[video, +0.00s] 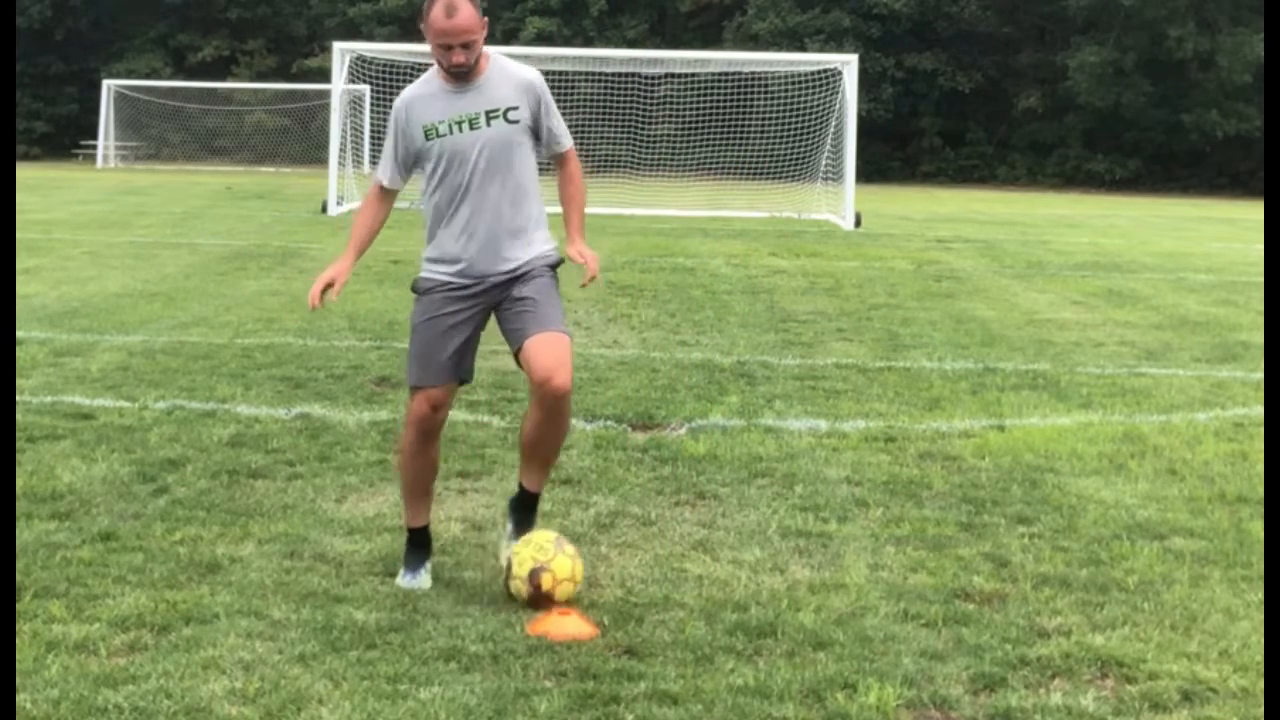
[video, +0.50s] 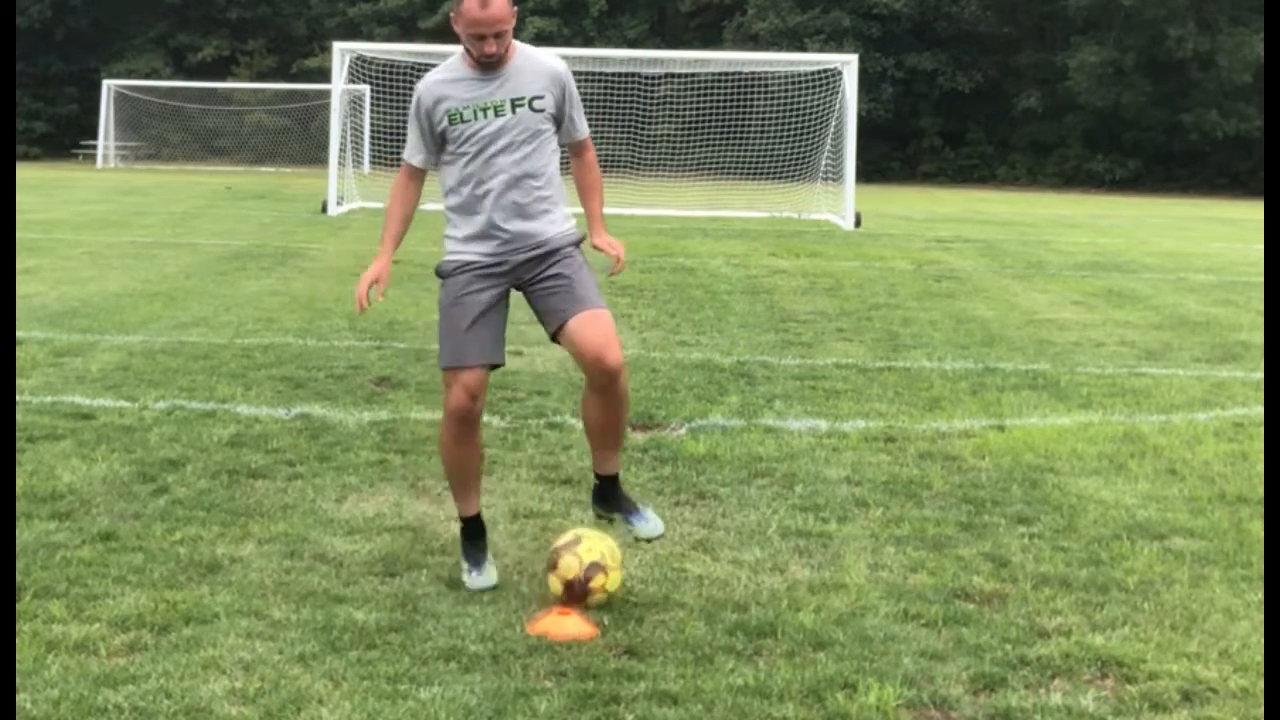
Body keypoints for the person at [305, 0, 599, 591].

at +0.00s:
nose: (458, 57)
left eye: (468, 45)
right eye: (446, 47)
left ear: (484, 30)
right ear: (426, 37)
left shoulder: (524, 84)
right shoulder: (411, 105)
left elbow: (565, 157)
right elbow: (382, 191)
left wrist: (575, 237)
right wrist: (346, 260)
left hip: (527, 265)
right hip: (448, 275)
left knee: (556, 384)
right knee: (427, 407)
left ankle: (524, 514)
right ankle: (417, 546)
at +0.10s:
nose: (465, 50)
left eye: (474, 37)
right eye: (452, 40)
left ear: (491, 22)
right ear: (431, 29)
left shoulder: (529, 76)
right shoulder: (414, 97)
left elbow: (568, 149)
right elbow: (389, 180)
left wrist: (576, 227)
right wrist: (355, 253)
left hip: (532, 256)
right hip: (453, 269)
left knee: (568, 372)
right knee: (432, 405)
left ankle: (546, 494)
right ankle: (419, 541)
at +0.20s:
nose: (471, 44)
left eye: (481, 31)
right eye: (458, 33)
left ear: (498, 17)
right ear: (438, 23)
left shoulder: (535, 70)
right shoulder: (418, 90)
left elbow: (570, 145)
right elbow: (396, 172)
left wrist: (579, 221)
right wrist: (364, 248)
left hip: (538, 248)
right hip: (457, 262)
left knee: (580, 365)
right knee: (437, 401)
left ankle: (568, 485)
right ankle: (426, 538)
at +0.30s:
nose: (476, 42)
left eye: (486, 29)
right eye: (463, 32)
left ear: (503, 15)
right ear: (443, 21)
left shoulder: (540, 68)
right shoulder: (423, 86)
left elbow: (572, 142)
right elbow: (401, 169)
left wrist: (584, 219)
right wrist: (372, 247)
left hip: (542, 243)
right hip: (462, 255)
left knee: (589, 360)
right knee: (445, 397)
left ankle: (586, 478)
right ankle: (440, 533)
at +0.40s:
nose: (481, 44)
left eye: (492, 31)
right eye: (469, 33)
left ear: (509, 14)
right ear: (449, 21)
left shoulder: (546, 68)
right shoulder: (428, 87)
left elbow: (576, 145)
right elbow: (407, 170)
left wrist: (590, 222)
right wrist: (378, 251)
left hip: (547, 243)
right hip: (467, 256)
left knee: (599, 361)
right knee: (452, 399)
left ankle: (600, 482)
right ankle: (455, 532)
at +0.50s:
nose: (490, 47)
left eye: (499, 34)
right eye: (478, 37)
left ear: (516, 18)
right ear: (456, 26)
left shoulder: (550, 71)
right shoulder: (433, 91)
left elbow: (581, 150)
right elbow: (411, 174)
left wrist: (597, 226)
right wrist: (384, 255)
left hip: (551, 247)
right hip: (472, 260)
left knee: (608, 362)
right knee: (462, 402)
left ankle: (609, 492)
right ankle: (472, 535)